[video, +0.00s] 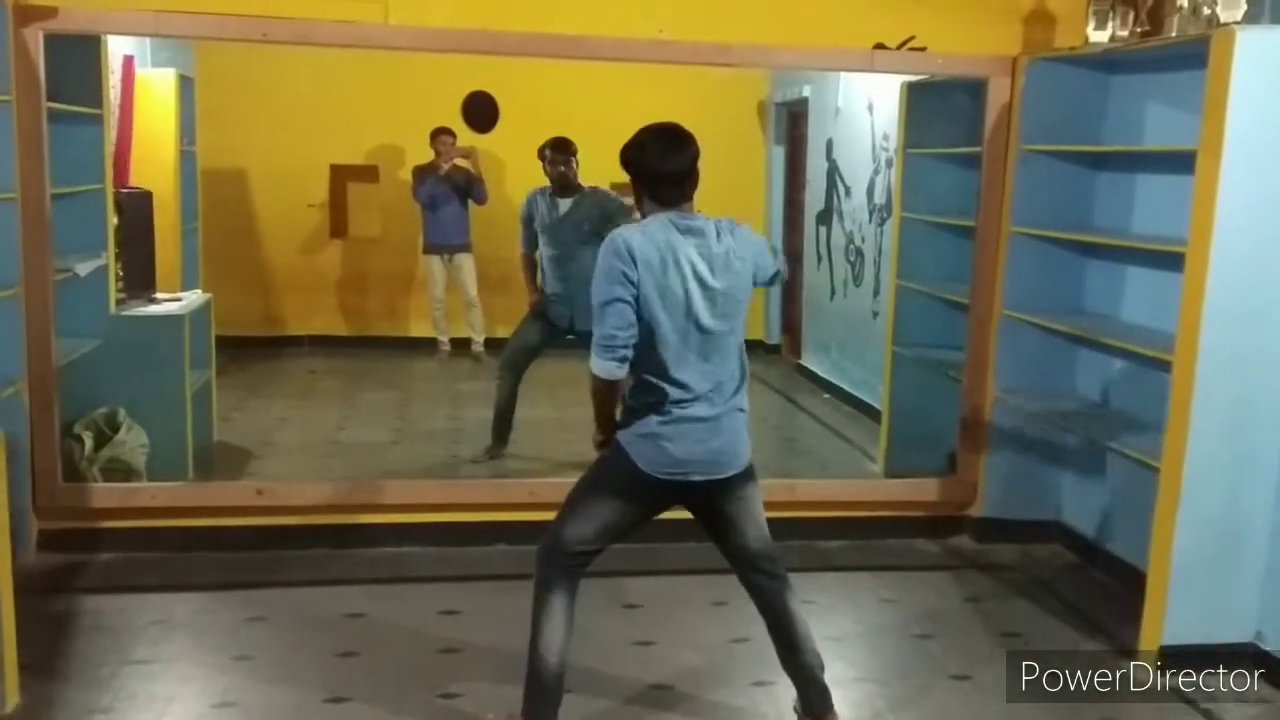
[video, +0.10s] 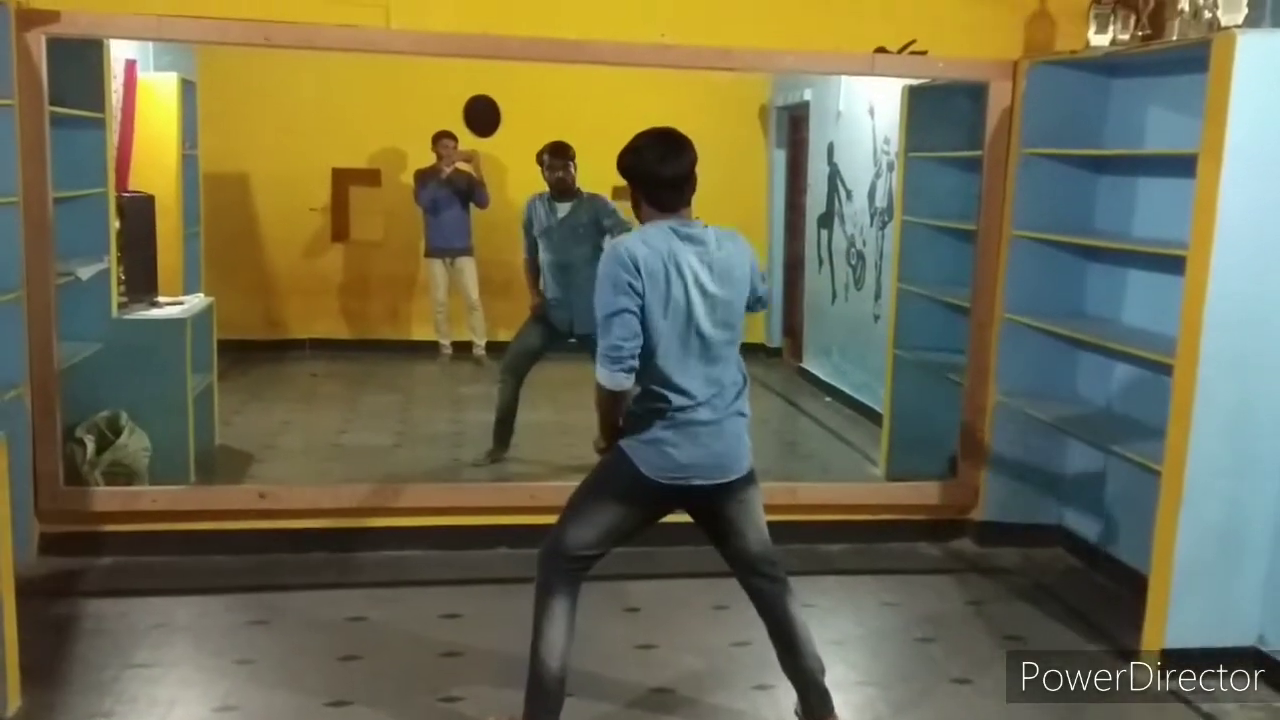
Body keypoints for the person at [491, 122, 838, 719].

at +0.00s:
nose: (628, 186)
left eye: (629, 178)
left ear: (633, 184)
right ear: (696, 179)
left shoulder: (624, 247)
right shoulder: (735, 242)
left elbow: (610, 363)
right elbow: (775, 267)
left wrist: (606, 431)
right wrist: (724, 239)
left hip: (650, 451)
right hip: (726, 449)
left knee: (560, 561)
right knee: (770, 580)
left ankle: (538, 711)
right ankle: (820, 709)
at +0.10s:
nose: (624, 193)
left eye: (625, 186)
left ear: (632, 192)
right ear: (694, 186)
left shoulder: (626, 254)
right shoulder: (734, 248)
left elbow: (618, 371)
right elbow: (755, 299)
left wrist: (609, 434)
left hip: (654, 455)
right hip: (727, 454)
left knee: (561, 564)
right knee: (770, 583)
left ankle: (540, 711)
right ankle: (820, 710)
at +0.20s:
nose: (625, 199)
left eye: (626, 191)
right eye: (629, 190)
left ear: (633, 197)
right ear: (694, 191)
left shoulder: (628, 262)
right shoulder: (735, 261)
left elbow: (625, 374)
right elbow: (726, 348)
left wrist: (610, 439)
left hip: (654, 462)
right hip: (728, 459)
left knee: (560, 567)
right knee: (770, 586)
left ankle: (541, 712)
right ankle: (821, 710)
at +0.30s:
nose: (619, 199)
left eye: (619, 192)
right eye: (624, 190)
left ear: (629, 202)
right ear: (691, 196)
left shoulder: (635, 269)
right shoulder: (733, 266)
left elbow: (634, 386)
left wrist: (612, 441)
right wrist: (710, 236)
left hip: (656, 466)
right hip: (728, 461)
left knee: (560, 570)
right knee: (770, 588)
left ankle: (543, 711)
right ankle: (821, 710)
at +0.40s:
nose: (618, 214)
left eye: (617, 206)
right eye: (619, 207)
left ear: (627, 214)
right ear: (684, 200)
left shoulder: (649, 269)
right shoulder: (734, 259)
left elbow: (644, 396)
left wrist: (615, 442)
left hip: (658, 468)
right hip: (726, 463)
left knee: (561, 572)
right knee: (769, 592)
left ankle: (545, 711)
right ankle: (820, 711)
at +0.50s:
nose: (623, 212)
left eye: (624, 204)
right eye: (624, 204)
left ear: (636, 212)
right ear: (692, 202)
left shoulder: (651, 272)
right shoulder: (736, 257)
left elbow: (643, 399)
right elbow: (690, 246)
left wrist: (616, 445)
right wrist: (640, 239)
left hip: (660, 470)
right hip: (727, 465)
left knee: (565, 578)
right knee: (771, 594)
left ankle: (548, 713)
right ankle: (822, 712)